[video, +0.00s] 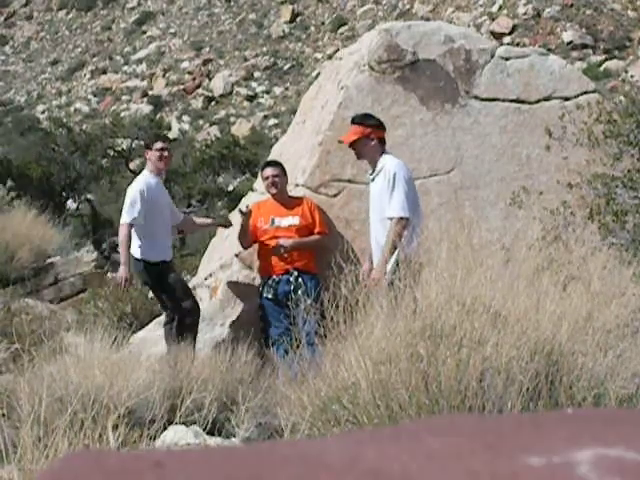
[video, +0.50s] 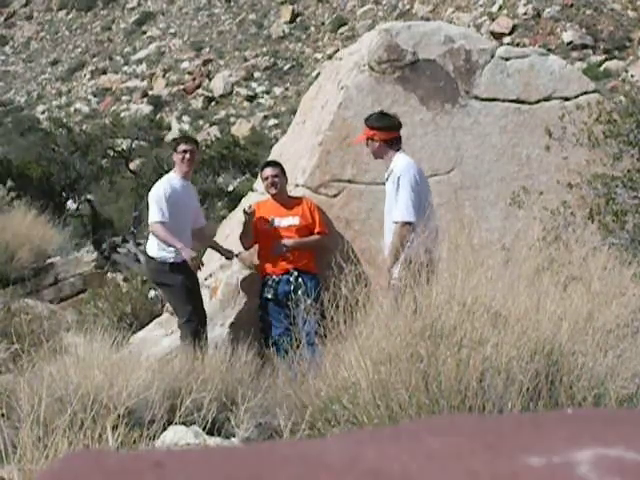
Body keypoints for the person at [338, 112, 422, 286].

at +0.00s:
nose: (352, 147)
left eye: (356, 142)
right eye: (352, 143)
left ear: (373, 140)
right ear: (371, 141)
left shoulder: (395, 169)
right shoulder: (376, 173)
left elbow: (400, 220)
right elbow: (380, 222)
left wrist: (382, 266)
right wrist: (371, 260)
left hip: (400, 265)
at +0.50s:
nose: (367, 146)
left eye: (368, 141)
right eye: (367, 141)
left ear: (379, 142)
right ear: (390, 140)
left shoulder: (406, 171)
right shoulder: (398, 169)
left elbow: (405, 225)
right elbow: (402, 224)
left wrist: (390, 266)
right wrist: (391, 263)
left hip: (411, 266)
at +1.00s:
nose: (380, 143)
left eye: (381, 138)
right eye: (380, 137)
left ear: (390, 138)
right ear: (408, 135)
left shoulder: (408, 169)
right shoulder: (428, 161)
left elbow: (406, 226)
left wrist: (391, 271)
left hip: (420, 260)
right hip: (441, 255)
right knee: (438, 318)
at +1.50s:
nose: (388, 145)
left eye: (388, 139)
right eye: (387, 139)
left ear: (398, 138)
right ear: (415, 135)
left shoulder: (409, 169)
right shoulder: (436, 161)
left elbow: (404, 223)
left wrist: (390, 253)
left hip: (423, 250)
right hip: (448, 246)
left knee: (421, 309)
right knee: (443, 309)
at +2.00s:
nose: (393, 147)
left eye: (395, 141)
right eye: (392, 142)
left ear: (407, 140)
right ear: (418, 138)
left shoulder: (412, 171)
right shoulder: (444, 164)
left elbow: (395, 221)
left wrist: (357, 237)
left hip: (427, 256)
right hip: (455, 251)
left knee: (424, 316)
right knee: (451, 313)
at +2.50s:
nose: (393, 147)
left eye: (395, 142)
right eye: (393, 142)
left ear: (406, 140)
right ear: (420, 138)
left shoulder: (413, 172)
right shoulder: (443, 163)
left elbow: (388, 222)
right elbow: (427, 200)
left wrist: (345, 232)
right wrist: (391, 201)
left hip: (429, 256)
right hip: (454, 251)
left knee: (429, 320)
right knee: (451, 315)